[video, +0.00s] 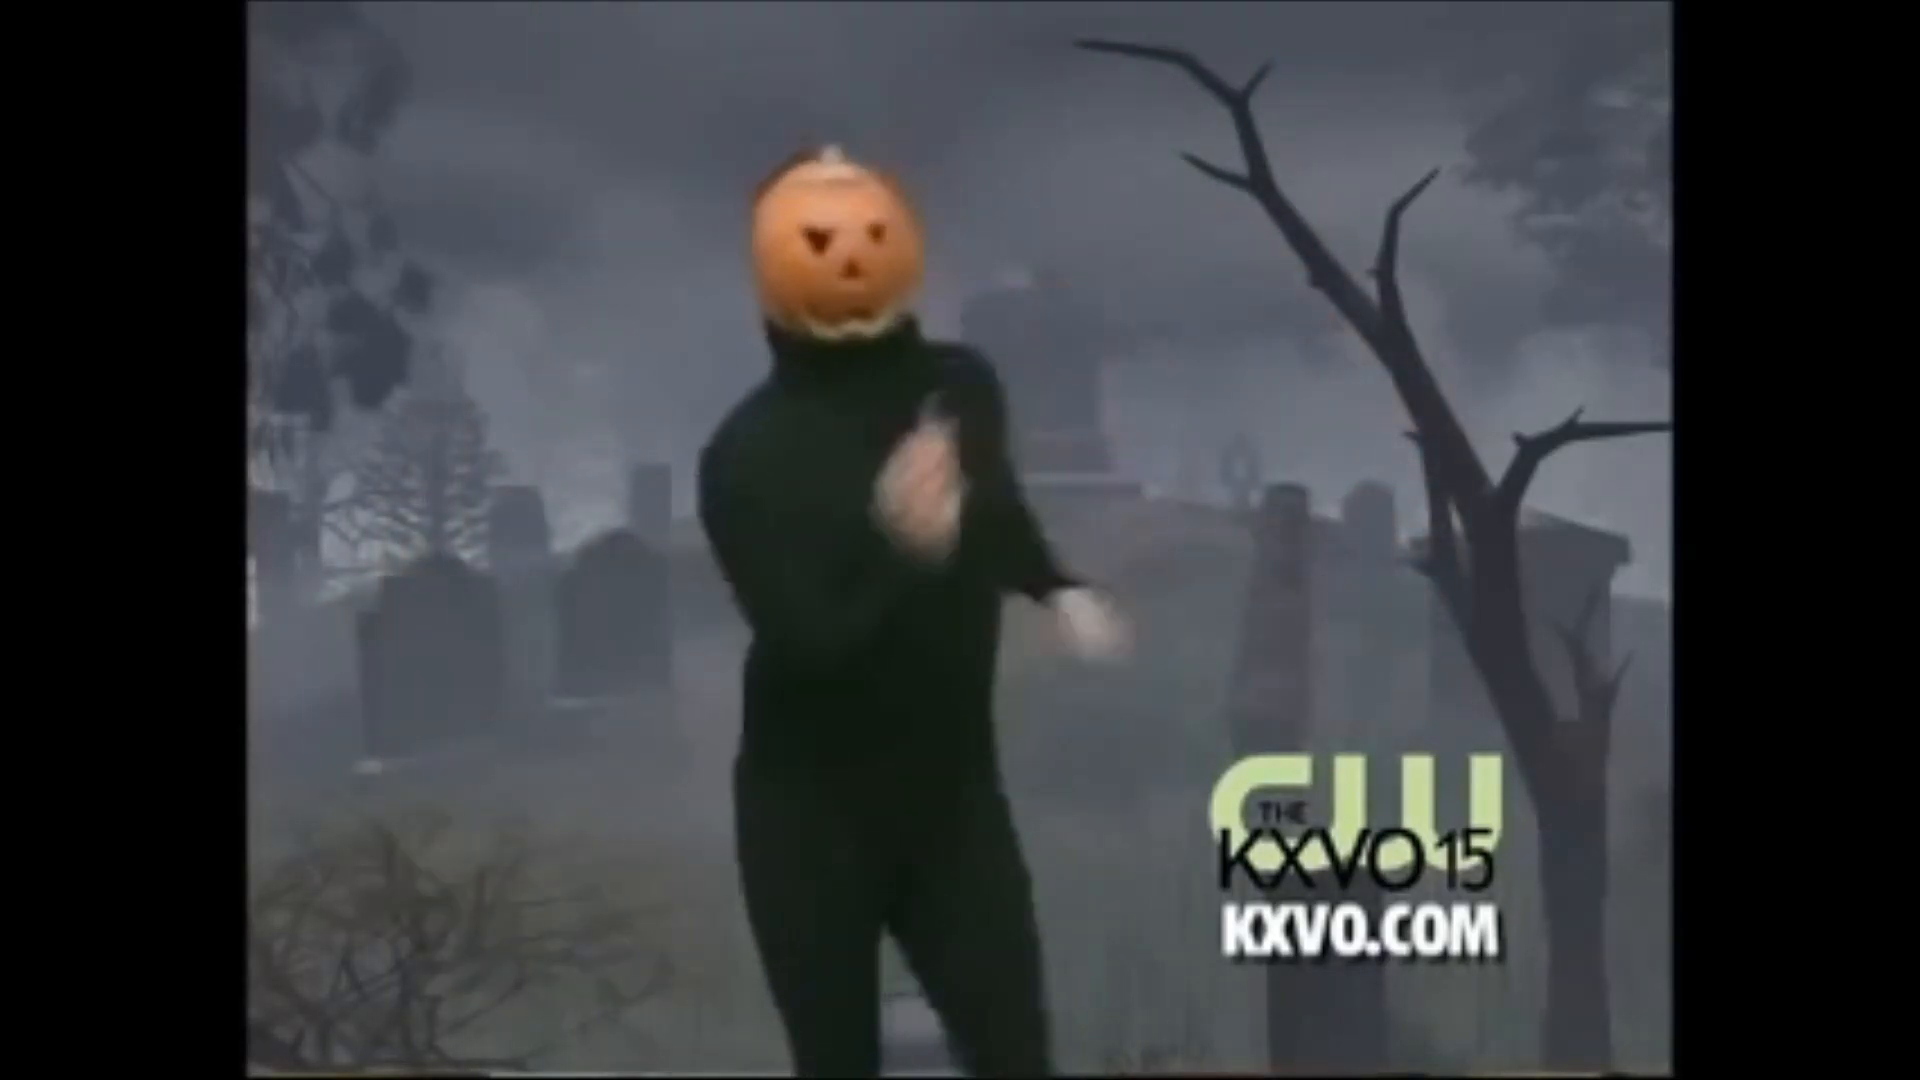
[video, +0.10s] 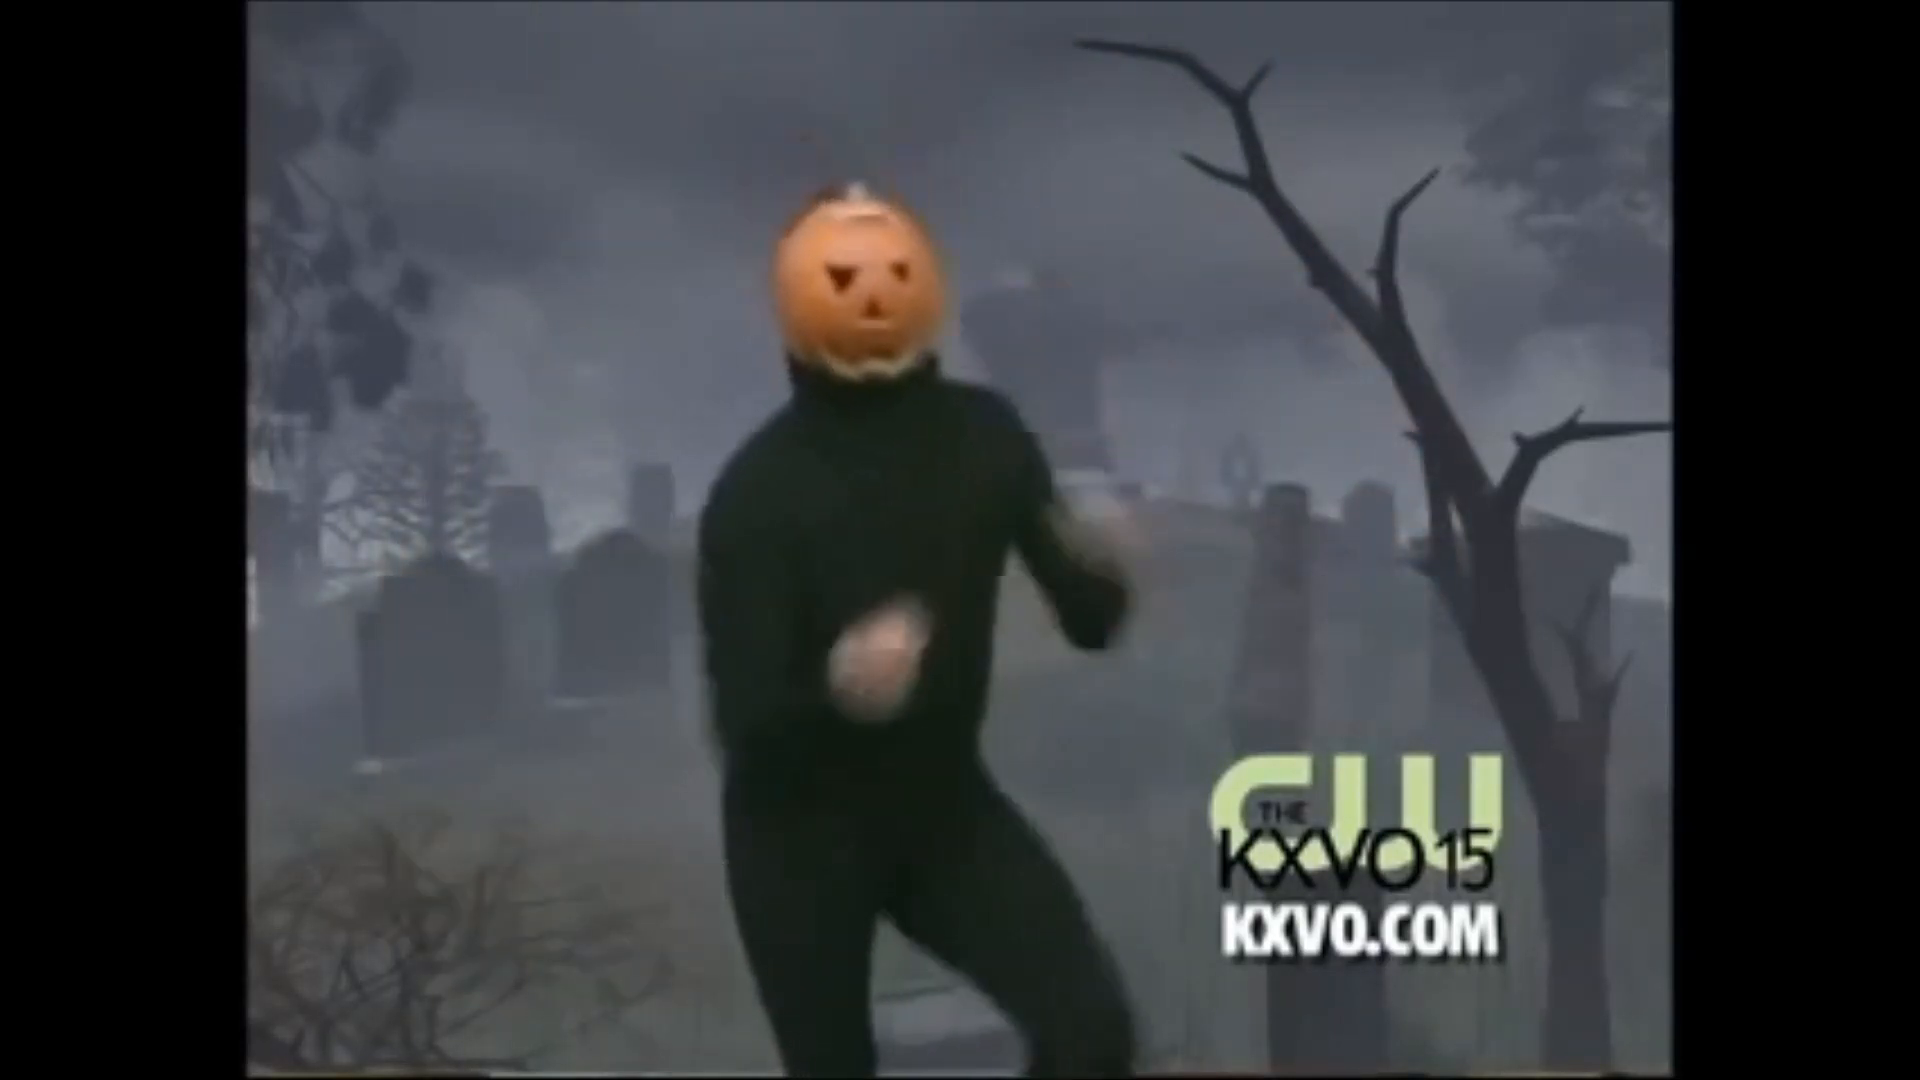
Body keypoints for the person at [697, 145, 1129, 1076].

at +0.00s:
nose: (850, 255)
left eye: (876, 231)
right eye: (816, 237)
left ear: (911, 253)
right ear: (769, 274)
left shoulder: (960, 387)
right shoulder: (749, 453)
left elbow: (995, 515)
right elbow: (809, 634)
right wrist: (898, 546)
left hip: (949, 791)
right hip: (810, 810)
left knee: (1013, 1052)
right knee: (837, 1060)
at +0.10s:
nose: (874, 297)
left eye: (897, 272)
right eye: (840, 276)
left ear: (934, 292)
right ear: (791, 304)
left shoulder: (983, 433)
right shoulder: (762, 484)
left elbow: (1088, 622)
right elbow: (746, 716)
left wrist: (1098, 569)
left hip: (940, 804)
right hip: (799, 824)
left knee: (1088, 1026)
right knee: (831, 1062)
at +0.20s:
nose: (900, 292)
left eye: (926, 267)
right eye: (868, 271)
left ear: (961, 291)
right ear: (816, 297)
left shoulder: (1014, 432)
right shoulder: (773, 468)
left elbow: (1139, 626)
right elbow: (674, 676)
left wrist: (1048, 490)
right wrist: (752, 707)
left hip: (952, 792)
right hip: (804, 812)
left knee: (1127, 971)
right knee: (821, 1062)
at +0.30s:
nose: (924, 195)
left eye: (950, 174)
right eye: (894, 172)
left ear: (985, 203)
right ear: (840, 203)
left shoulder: (1026, 366)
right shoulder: (762, 369)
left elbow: (1106, 581)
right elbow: (692, 538)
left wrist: (950, 510)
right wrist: (748, 662)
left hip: (988, 748)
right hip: (826, 762)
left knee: (1099, 1012)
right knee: (838, 1057)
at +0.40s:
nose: (949, 182)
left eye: (978, 160)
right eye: (920, 158)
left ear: (1017, 183)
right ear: (868, 177)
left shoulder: (1043, 344)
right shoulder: (802, 319)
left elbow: (1078, 582)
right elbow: (729, 515)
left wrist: (886, 541)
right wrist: (732, 691)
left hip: (1010, 754)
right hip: (851, 752)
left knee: (1027, 1050)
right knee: (862, 1053)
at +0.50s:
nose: (976, 232)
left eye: (1006, 212)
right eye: (948, 207)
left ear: (1044, 231)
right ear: (902, 217)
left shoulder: (1056, 384)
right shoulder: (866, 364)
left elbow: (1055, 607)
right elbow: (786, 532)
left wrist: (851, 546)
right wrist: (712, 701)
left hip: (1016, 788)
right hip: (871, 779)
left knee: (1014, 1057)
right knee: (872, 1057)